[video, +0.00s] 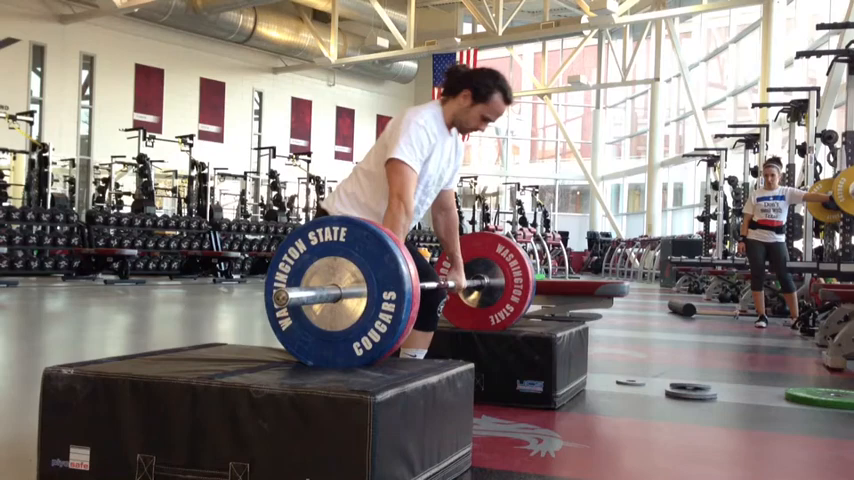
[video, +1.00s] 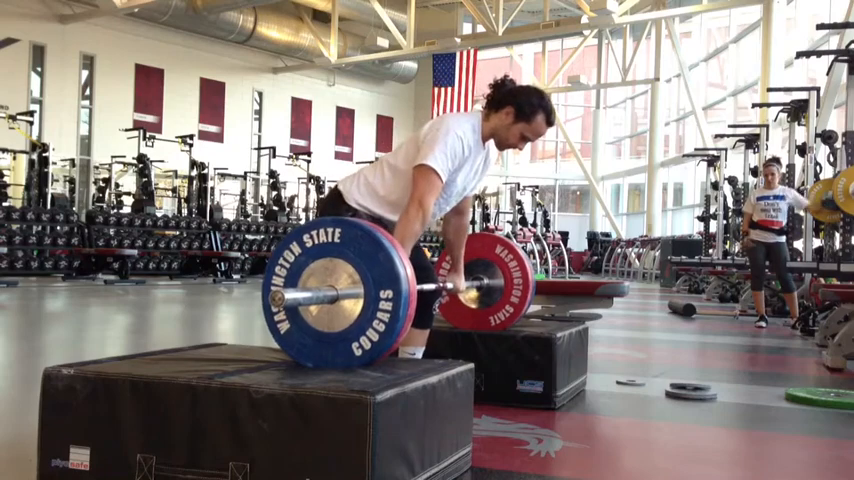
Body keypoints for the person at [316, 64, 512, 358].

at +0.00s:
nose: (483, 128)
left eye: (490, 123)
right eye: (485, 118)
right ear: (465, 97)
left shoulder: (454, 144)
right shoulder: (416, 123)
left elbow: (445, 209)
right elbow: (400, 205)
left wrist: (457, 266)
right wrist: (385, 271)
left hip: (384, 231)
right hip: (343, 222)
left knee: (430, 289)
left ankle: (407, 385)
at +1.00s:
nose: (522, 147)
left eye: (529, 142)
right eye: (524, 137)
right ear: (507, 113)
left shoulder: (484, 153)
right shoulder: (453, 130)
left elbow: (458, 214)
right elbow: (419, 205)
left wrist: (457, 270)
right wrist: (390, 270)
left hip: (390, 224)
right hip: (350, 210)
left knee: (425, 288)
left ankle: (406, 384)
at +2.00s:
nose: (521, 148)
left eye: (529, 143)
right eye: (524, 138)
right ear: (507, 116)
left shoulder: (483, 153)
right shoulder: (453, 132)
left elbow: (457, 215)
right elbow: (419, 207)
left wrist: (457, 271)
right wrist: (388, 270)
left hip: (389, 223)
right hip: (350, 210)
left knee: (424, 287)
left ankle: (406, 382)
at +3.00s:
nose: (468, 70)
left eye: (468, 64)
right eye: (460, 63)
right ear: (434, 72)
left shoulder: (447, 135)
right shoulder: (413, 119)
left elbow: (442, 205)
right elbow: (398, 199)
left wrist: (455, 262)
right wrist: (389, 269)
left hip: (385, 229)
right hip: (348, 224)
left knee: (430, 290)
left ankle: (408, 383)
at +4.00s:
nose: (468, 51)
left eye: (464, 45)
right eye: (458, 46)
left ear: (443, 63)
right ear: (436, 62)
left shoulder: (454, 120)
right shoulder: (424, 106)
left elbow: (447, 194)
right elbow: (407, 190)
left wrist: (456, 255)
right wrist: (396, 259)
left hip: (389, 219)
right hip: (353, 214)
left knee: (433, 285)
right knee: (391, 295)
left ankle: (409, 383)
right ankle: (371, 386)